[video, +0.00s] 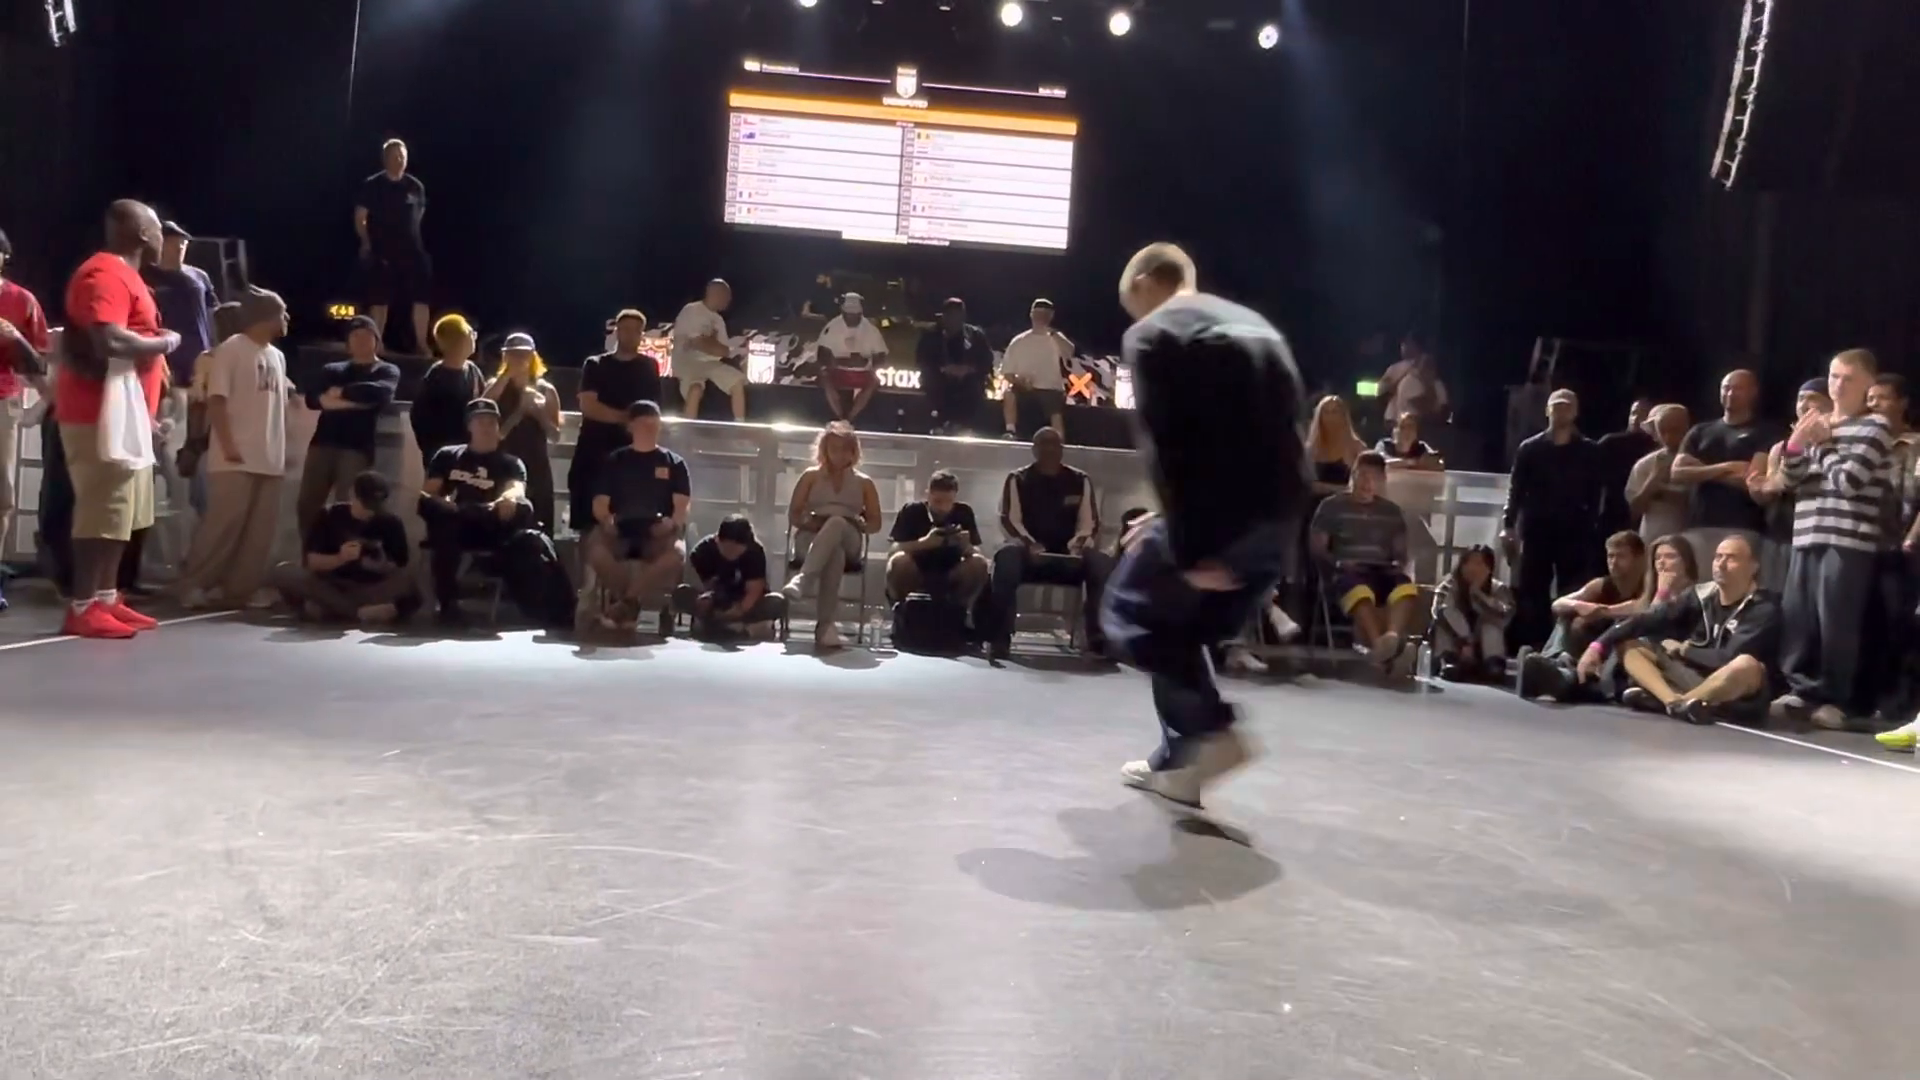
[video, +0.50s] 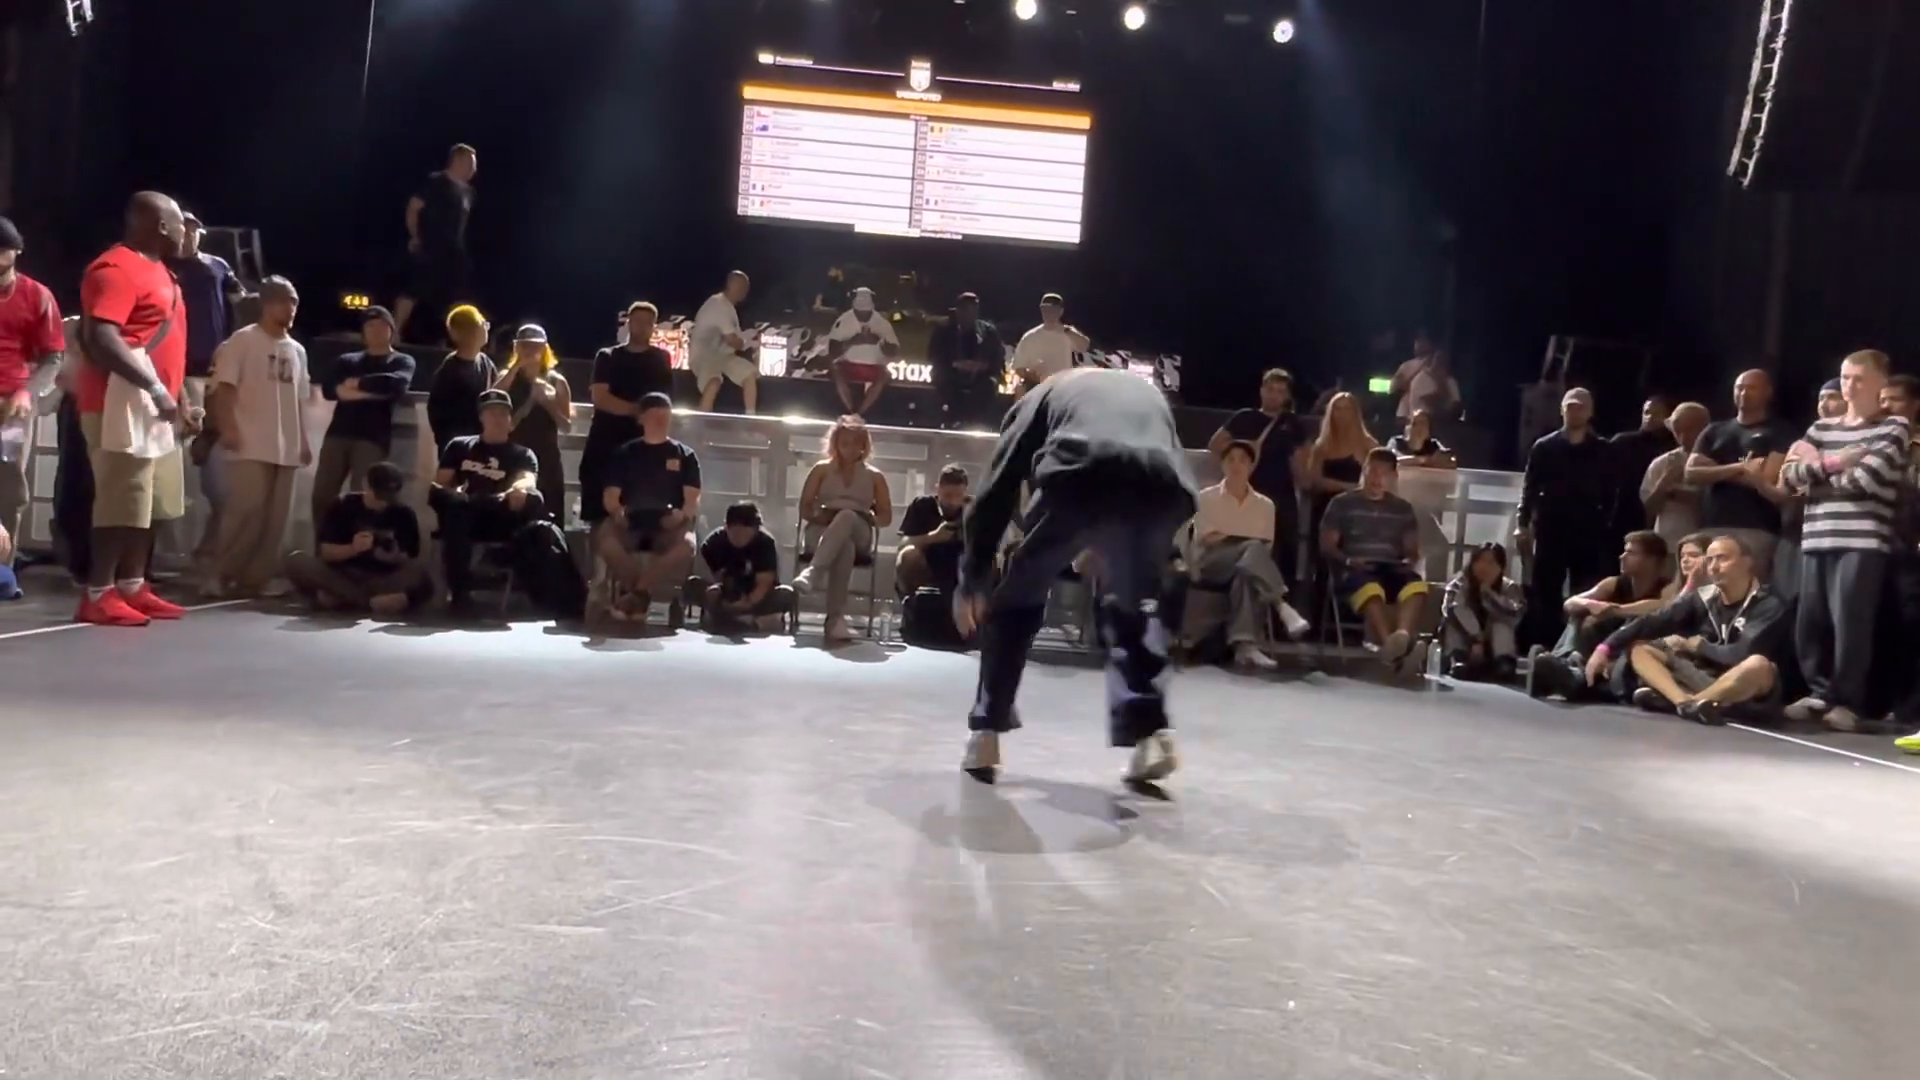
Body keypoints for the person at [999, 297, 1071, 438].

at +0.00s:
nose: (1041, 316)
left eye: (1045, 313)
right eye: (1037, 312)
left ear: (1051, 316)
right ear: (1031, 315)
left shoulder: (1057, 339)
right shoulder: (1018, 341)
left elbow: (1070, 353)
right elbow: (1006, 371)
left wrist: (1054, 335)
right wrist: (1018, 381)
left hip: (1051, 388)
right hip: (1025, 387)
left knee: (1056, 412)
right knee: (1008, 393)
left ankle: (1059, 446)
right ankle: (1010, 431)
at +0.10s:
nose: (1045, 315)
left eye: (1048, 311)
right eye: (1041, 311)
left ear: (1054, 314)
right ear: (1034, 314)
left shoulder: (1061, 338)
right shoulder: (1021, 340)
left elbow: (1075, 354)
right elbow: (1009, 369)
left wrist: (1057, 333)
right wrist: (1022, 380)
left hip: (1054, 387)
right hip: (1029, 387)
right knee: (1012, 391)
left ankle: (1062, 439)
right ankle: (1014, 430)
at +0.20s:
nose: (1045, 313)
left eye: (1049, 309)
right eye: (1042, 309)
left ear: (1056, 313)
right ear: (1037, 312)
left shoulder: (1063, 335)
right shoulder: (1024, 338)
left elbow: (1076, 349)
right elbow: (1012, 367)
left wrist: (1059, 330)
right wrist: (1025, 380)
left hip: (1057, 387)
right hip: (1031, 387)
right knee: (1014, 391)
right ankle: (1016, 427)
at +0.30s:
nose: (1048, 312)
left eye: (1052, 308)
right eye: (1045, 308)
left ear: (1059, 312)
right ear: (1039, 310)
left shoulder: (1065, 335)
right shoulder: (1026, 337)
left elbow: (1082, 349)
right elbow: (1014, 367)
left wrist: (1061, 328)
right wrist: (1026, 377)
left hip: (1060, 388)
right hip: (1035, 388)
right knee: (1016, 389)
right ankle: (1018, 427)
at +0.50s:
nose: (1048, 314)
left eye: (1052, 310)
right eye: (1045, 309)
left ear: (1061, 311)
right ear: (1041, 311)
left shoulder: (1068, 333)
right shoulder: (1030, 337)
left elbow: (1084, 346)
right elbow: (1018, 366)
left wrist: (1069, 333)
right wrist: (1030, 376)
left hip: (1065, 388)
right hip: (1039, 390)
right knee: (1019, 387)